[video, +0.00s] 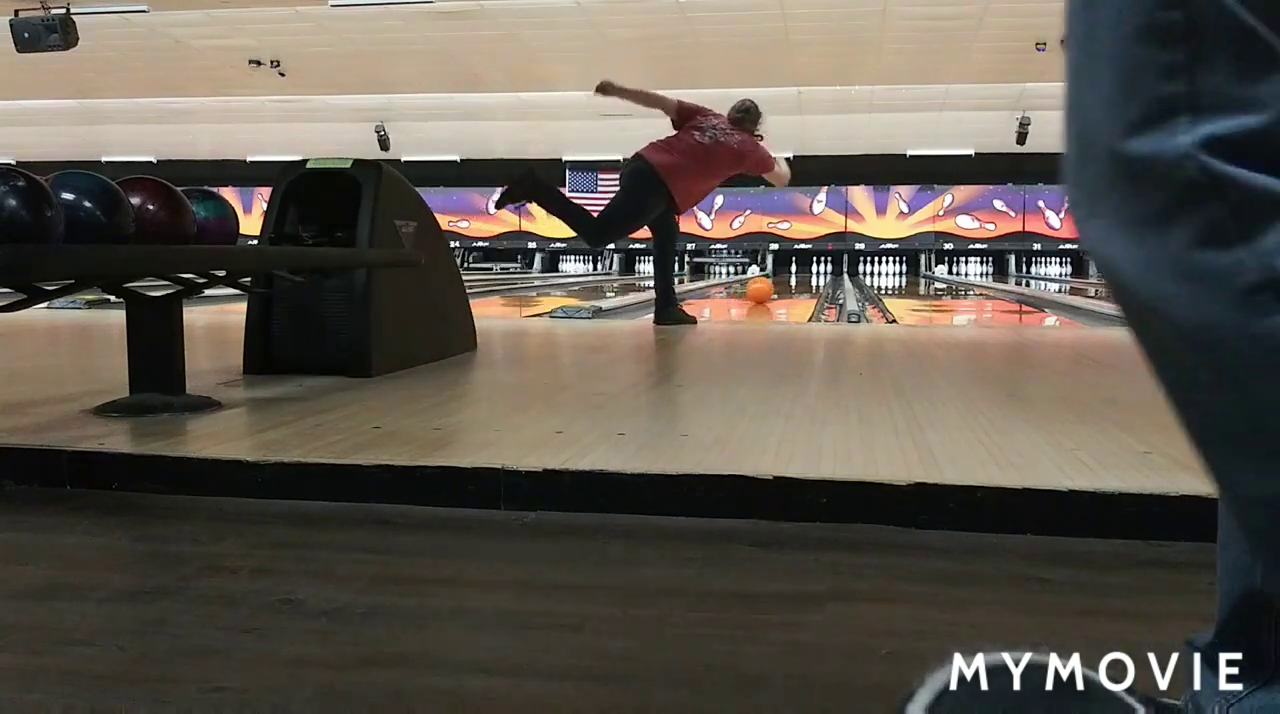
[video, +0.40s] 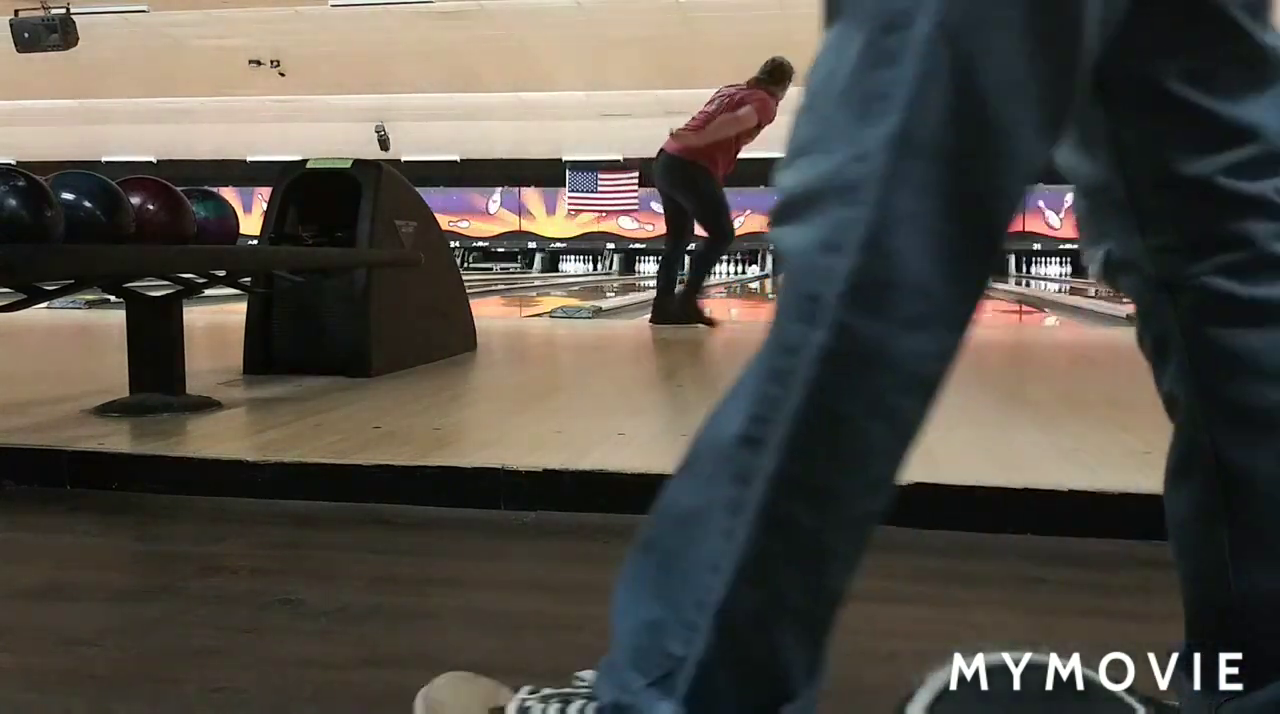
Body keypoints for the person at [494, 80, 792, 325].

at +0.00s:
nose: (756, 132)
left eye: (749, 121)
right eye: (757, 127)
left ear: (732, 115)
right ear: (755, 127)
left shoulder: (705, 115)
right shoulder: (751, 149)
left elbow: (659, 101)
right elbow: (782, 179)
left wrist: (616, 90)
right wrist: (778, 164)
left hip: (638, 168)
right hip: (657, 186)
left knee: (667, 237)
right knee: (596, 236)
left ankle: (666, 308)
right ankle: (534, 186)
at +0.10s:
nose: (761, 128)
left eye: (758, 121)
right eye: (763, 124)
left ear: (735, 110)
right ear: (759, 120)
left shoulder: (707, 113)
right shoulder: (754, 146)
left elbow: (656, 111)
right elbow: (770, 197)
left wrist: (613, 119)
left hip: (643, 167)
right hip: (660, 182)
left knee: (677, 238)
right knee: (612, 240)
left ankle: (666, 308)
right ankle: (545, 198)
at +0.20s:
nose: (768, 116)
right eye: (769, 112)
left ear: (742, 100)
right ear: (767, 112)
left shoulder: (713, 107)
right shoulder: (758, 138)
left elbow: (663, 121)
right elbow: (750, 192)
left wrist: (624, 149)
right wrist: (742, 234)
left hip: (650, 165)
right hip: (669, 180)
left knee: (678, 236)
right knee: (643, 245)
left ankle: (666, 308)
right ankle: (573, 225)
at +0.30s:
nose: (776, 106)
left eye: (776, 101)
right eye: (777, 101)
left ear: (751, 89)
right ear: (774, 99)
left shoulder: (720, 98)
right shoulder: (761, 121)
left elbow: (680, 125)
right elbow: (733, 162)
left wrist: (657, 158)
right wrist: (704, 190)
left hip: (657, 162)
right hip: (679, 170)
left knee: (675, 239)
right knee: (686, 242)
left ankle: (666, 306)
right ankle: (619, 262)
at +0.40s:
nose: (784, 93)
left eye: (786, 88)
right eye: (785, 88)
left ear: (759, 76)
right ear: (782, 86)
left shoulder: (730, 91)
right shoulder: (766, 103)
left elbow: (704, 117)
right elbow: (737, 119)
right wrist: (699, 138)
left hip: (667, 164)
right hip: (691, 170)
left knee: (678, 236)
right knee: (722, 235)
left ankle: (663, 306)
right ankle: (687, 302)